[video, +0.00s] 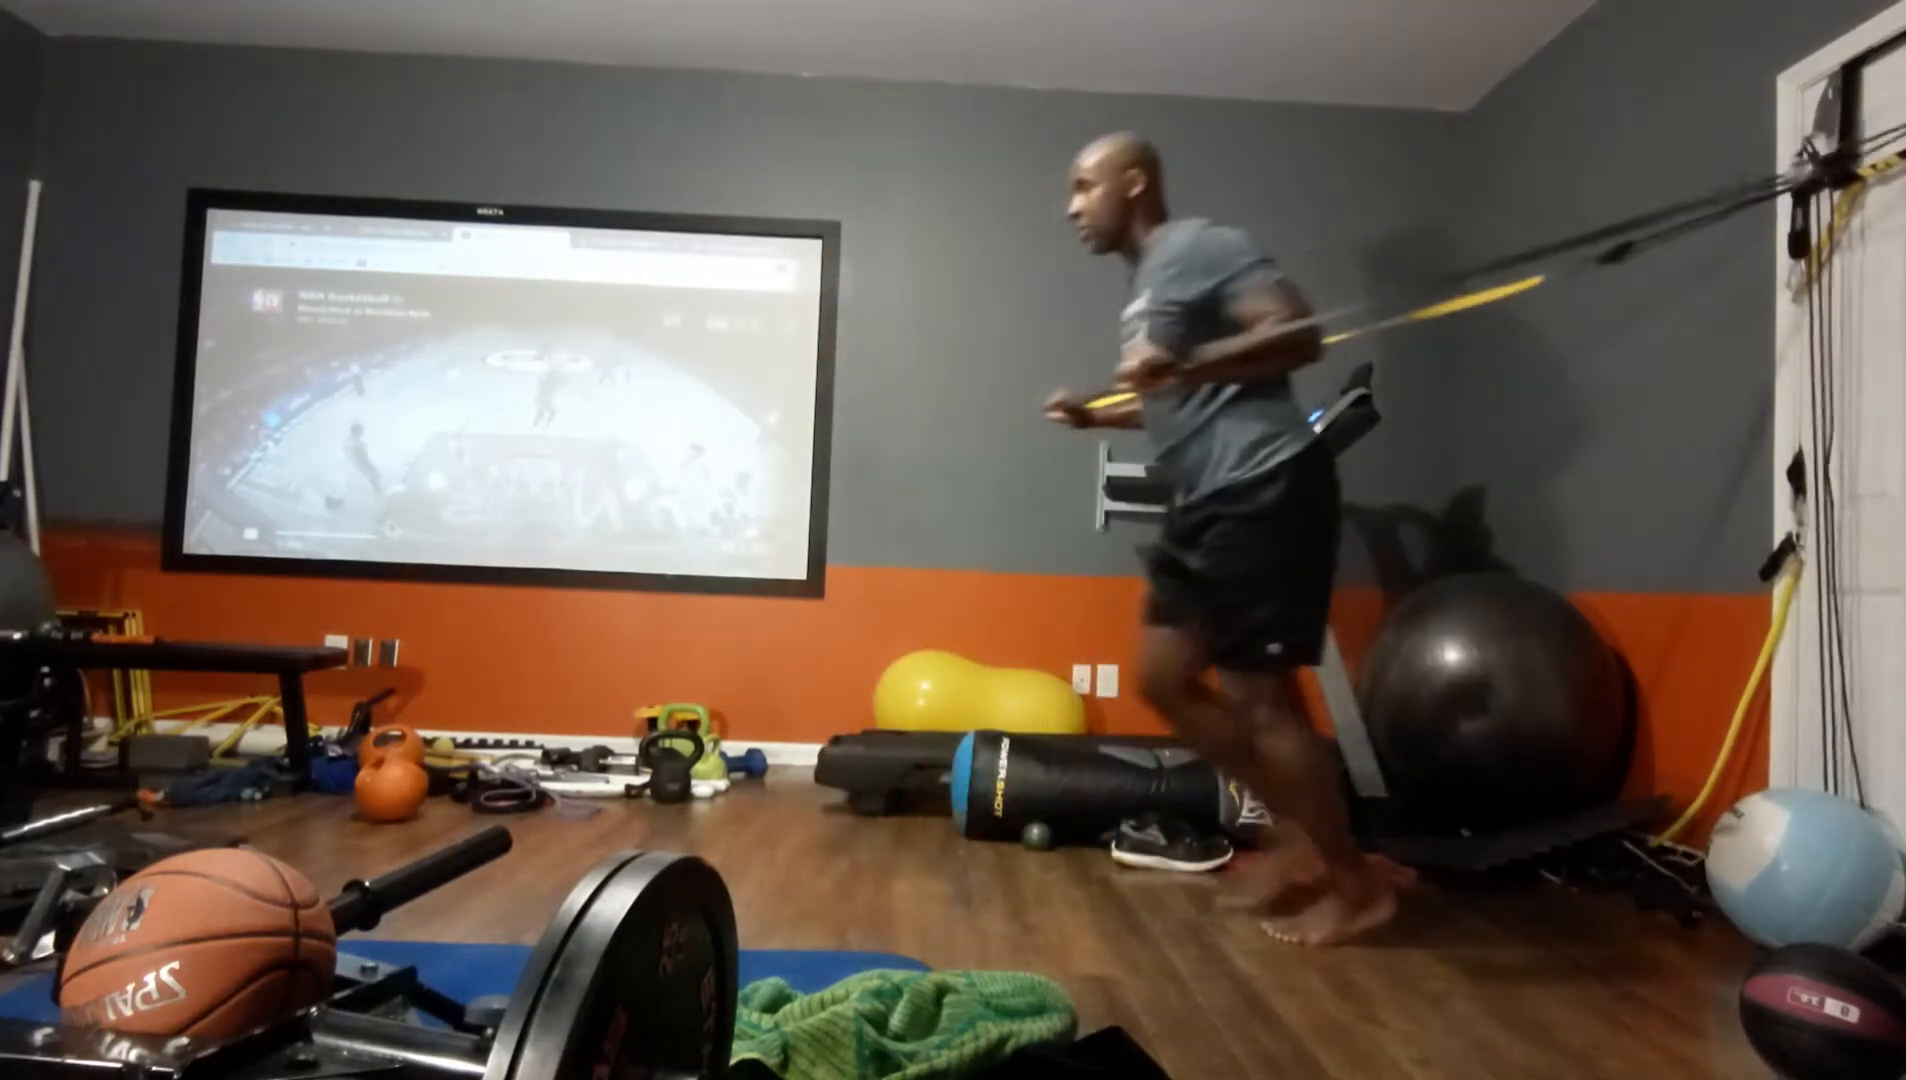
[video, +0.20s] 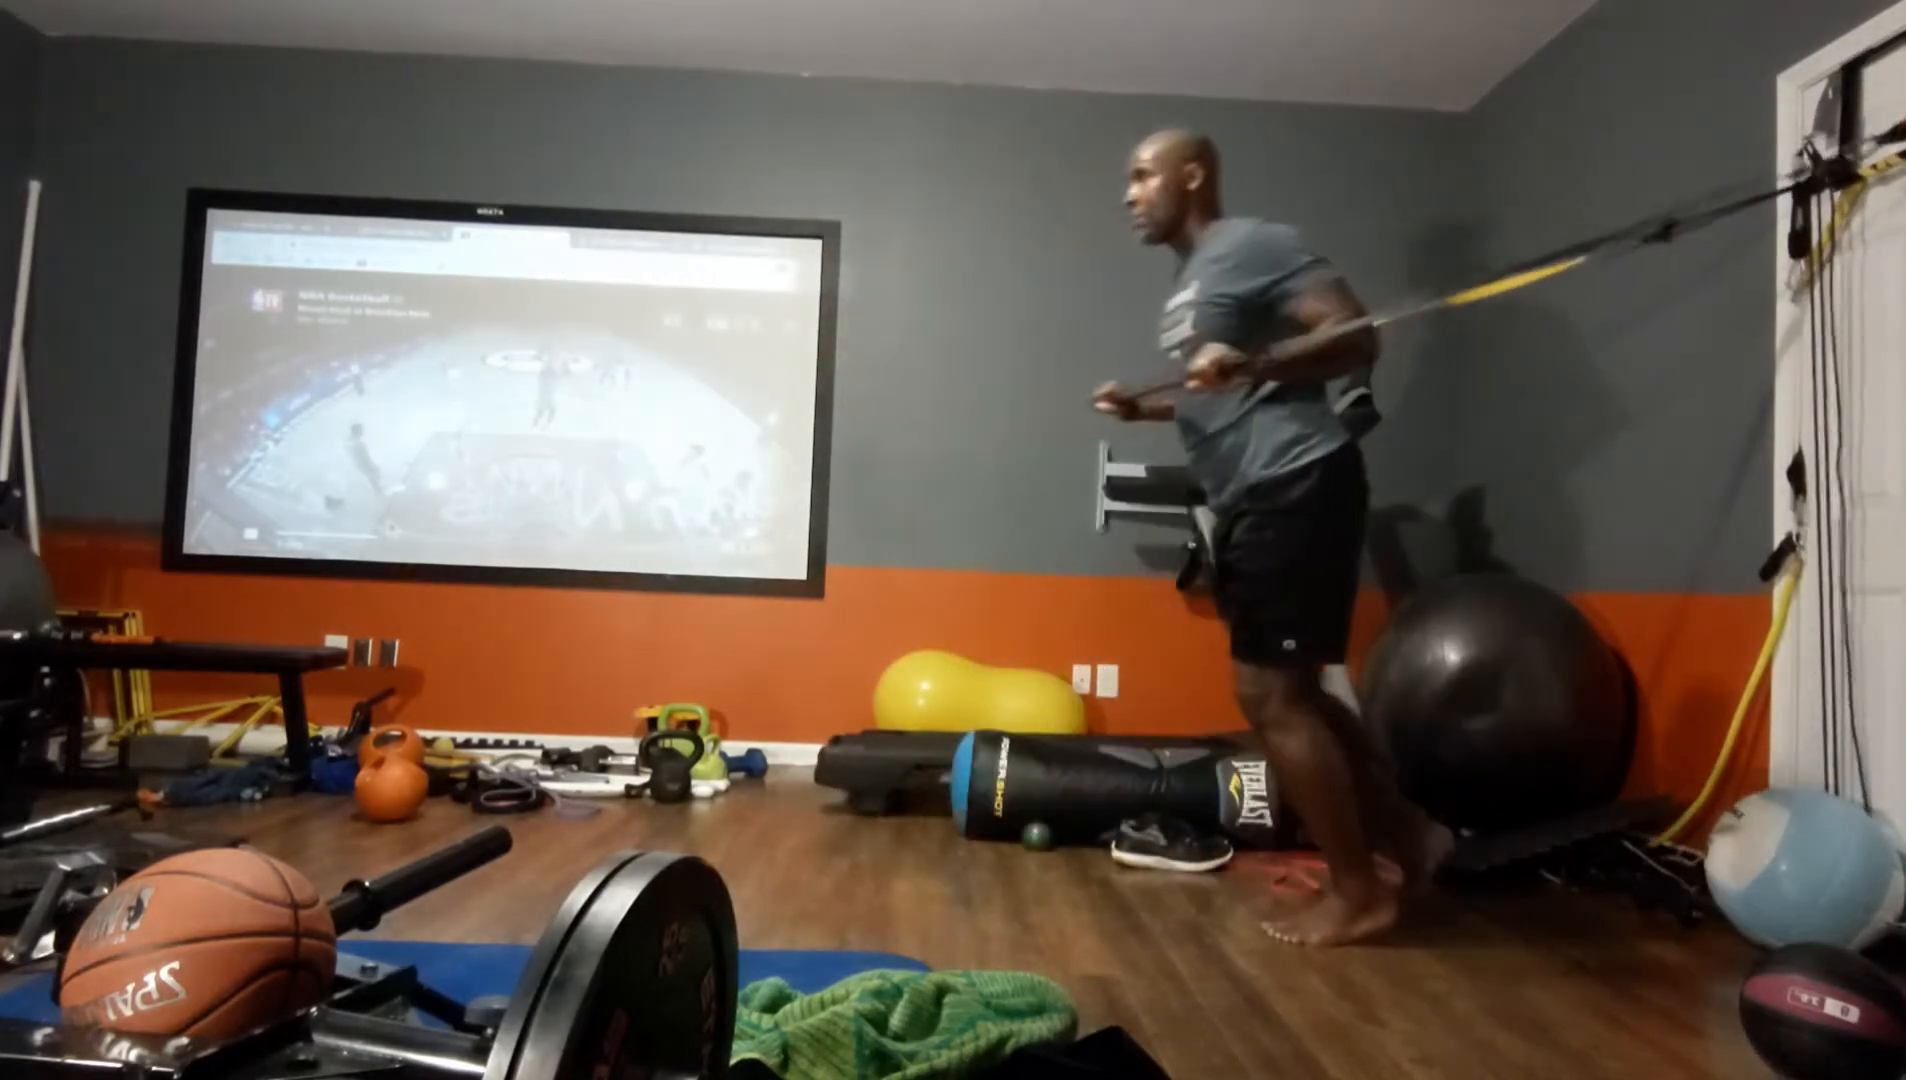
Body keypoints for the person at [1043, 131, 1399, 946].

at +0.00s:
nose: (1072, 205)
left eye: (1084, 187)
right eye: (1071, 191)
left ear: (1137, 184)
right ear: (1122, 193)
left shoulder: (1204, 245)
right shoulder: (1146, 289)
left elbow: (1297, 334)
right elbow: (1172, 404)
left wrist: (1187, 368)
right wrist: (1095, 411)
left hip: (1268, 491)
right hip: (1203, 503)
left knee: (1259, 704)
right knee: (1165, 681)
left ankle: (1358, 884)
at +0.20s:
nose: (1129, 195)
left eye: (1141, 177)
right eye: (1129, 181)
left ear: (1194, 179)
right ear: (1172, 188)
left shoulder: (1254, 244)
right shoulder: (1190, 287)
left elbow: (1355, 335)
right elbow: (1226, 394)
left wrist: (1257, 364)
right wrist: (1146, 403)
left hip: (1302, 486)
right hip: (1257, 497)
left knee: (1274, 696)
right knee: (1284, 691)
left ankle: (1355, 892)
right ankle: (1404, 836)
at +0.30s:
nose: (1148, 201)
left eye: (1160, 183)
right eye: (1148, 186)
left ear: (1213, 186)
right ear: (1192, 195)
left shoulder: (1269, 252)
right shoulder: (1207, 292)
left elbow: (1368, 344)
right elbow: (1245, 399)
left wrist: (1270, 370)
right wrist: (1161, 405)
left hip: (1316, 488)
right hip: (1281, 495)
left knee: (1272, 700)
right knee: (1317, 690)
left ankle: (1357, 893)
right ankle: (1431, 843)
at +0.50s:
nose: (1162, 202)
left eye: (1174, 185)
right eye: (1162, 188)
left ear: (1226, 186)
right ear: (1204, 195)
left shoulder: (1281, 250)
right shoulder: (1219, 290)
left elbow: (1376, 342)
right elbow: (1255, 401)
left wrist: (1274, 373)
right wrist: (1173, 407)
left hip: (1324, 484)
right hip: (1291, 491)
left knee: (1266, 689)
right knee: (1330, 681)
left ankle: (1355, 891)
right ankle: (1441, 847)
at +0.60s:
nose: (1155, 207)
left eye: (1167, 190)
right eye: (1154, 194)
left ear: (1218, 188)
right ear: (1201, 198)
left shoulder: (1277, 253)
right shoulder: (1212, 296)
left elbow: (1374, 343)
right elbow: (1252, 397)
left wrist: (1272, 373)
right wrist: (1177, 409)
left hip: (1323, 485)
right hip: (1289, 493)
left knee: (1261, 686)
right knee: (1330, 680)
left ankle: (1355, 889)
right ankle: (1441, 848)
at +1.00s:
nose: (1025, 265)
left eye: (1028, 243)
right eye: (1015, 254)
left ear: (1074, 219)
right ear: (1032, 251)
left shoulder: (1139, 269)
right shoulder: (1095, 312)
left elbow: (1255, 343)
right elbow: (1143, 413)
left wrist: (1153, 384)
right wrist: (1080, 415)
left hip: (1220, 504)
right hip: (1172, 520)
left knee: (1222, 721)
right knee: (1151, 712)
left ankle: (1354, 885)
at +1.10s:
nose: (978, 282)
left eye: (981, 259)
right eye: (966, 272)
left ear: (1024, 234)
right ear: (975, 274)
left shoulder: (1086, 281)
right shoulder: (1050, 326)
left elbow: (1151, 358)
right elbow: (1108, 403)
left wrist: (1037, 380)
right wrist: (1033, 416)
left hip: (1189, 514)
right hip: (1134, 529)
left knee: (1212, 725)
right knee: (1046, 671)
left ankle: (1353, 883)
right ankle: (1183, 827)